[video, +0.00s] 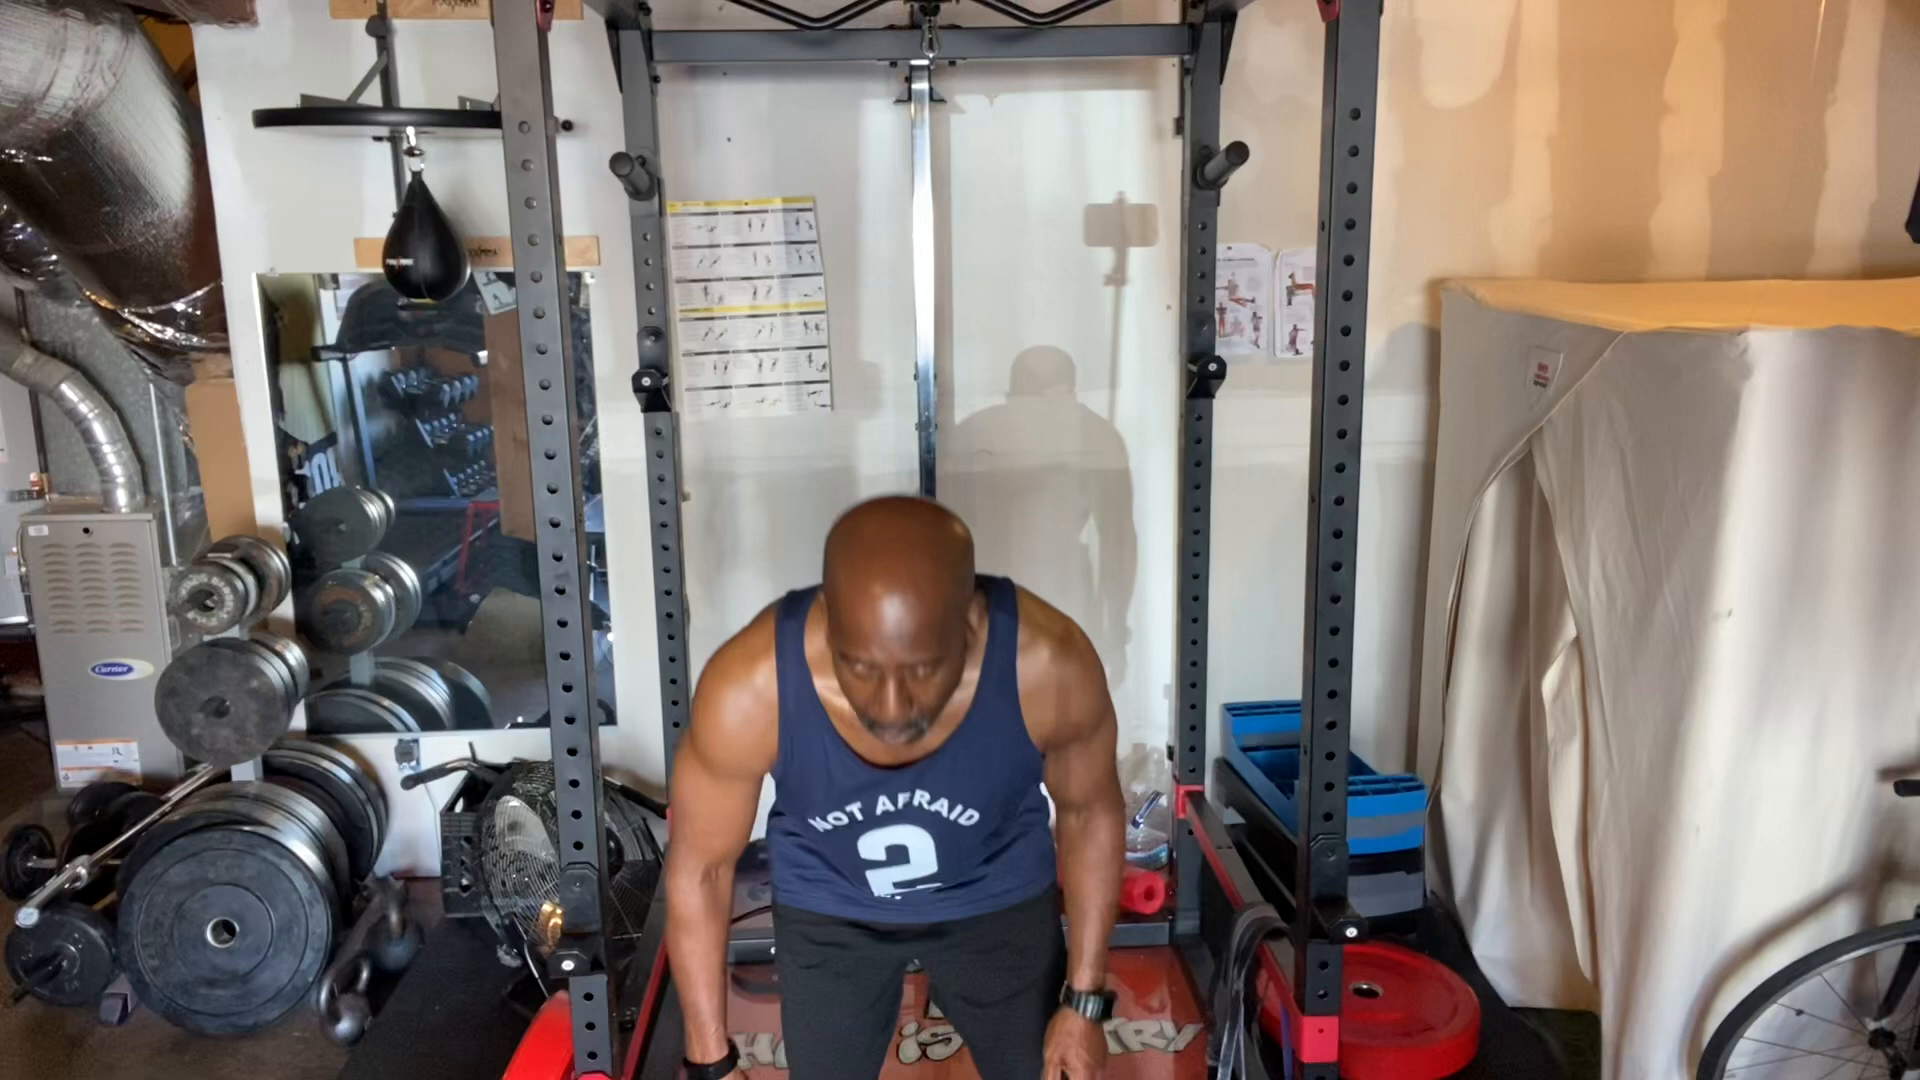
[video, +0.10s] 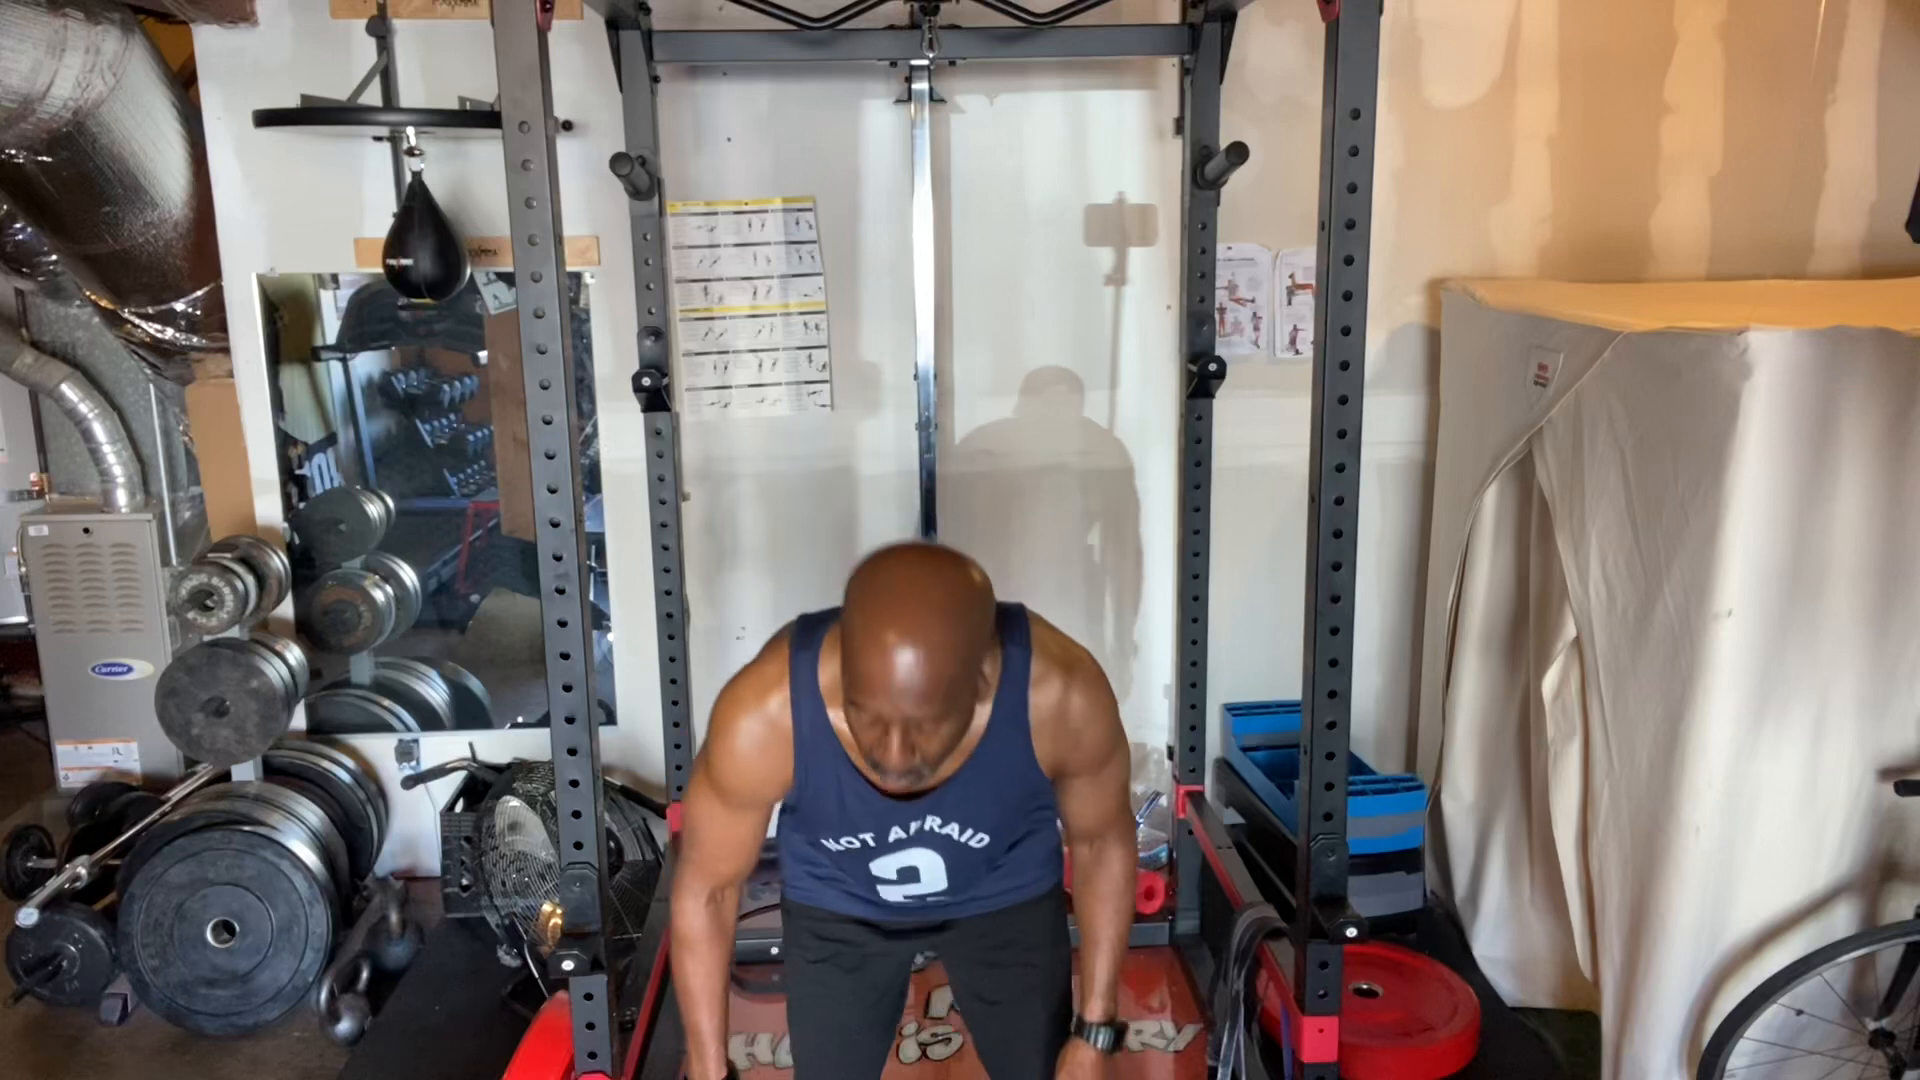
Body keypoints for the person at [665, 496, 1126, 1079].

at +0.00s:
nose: (891, 707)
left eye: (920, 672)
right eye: (862, 670)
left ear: (974, 622)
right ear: (828, 624)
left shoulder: (1050, 668)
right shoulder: (746, 693)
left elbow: (1089, 811)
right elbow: (700, 869)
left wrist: (1087, 999)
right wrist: (709, 1057)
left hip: (998, 906)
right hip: (831, 912)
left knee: (1031, 1067)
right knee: (825, 1068)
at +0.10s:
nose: (894, 754)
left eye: (925, 723)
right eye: (868, 719)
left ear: (986, 678)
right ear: (842, 675)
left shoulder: (1064, 700)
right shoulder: (758, 722)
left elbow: (1102, 846)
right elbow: (705, 891)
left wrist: (1095, 1033)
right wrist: (706, 1063)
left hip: (1005, 909)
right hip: (839, 915)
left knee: (1034, 1068)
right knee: (829, 1069)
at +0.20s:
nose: (896, 812)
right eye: (879, 784)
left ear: (1001, 730)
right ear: (854, 713)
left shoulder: (1080, 725)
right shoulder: (777, 738)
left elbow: (1116, 870)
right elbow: (725, 916)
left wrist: (1111, 1049)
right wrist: (719, 1068)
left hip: (1017, 911)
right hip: (849, 913)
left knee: (1043, 1065)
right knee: (834, 1069)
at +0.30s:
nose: (905, 854)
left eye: (932, 843)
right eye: (890, 827)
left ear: (1014, 779)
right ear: (870, 750)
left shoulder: (1096, 747)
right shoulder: (792, 759)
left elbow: (1130, 886)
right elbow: (742, 936)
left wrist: (1125, 1051)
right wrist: (736, 1072)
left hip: (1026, 914)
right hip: (857, 915)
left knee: (1052, 1067)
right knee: (836, 1068)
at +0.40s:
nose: (913, 883)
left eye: (943, 877)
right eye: (900, 865)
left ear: (1030, 808)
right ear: (880, 779)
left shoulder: (1109, 770)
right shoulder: (798, 788)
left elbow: (1140, 900)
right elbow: (752, 963)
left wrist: (1137, 1061)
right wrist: (749, 1072)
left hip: (1031, 909)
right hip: (862, 910)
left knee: (1054, 1069)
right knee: (843, 1069)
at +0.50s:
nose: (927, 928)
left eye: (957, 916)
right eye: (905, 909)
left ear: (1040, 838)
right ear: (887, 818)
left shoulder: (1112, 790)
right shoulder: (804, 818)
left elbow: (1143, 915)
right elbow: (757, 997)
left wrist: (1143, 1062)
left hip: (1038, 910)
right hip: (867, 915)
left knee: (1057, 1068)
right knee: (847, 1069)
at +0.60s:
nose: (938, 973)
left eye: (960, 958)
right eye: (910, 954)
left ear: (1032, 882)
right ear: (881, 859)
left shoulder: (1111, 816)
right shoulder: (801, 860)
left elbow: (1143, 926)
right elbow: (751, 1034)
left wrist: (1145, 1067)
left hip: (1040, 899)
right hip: (861, 909)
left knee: (1059, 1065)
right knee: (847, 1068)